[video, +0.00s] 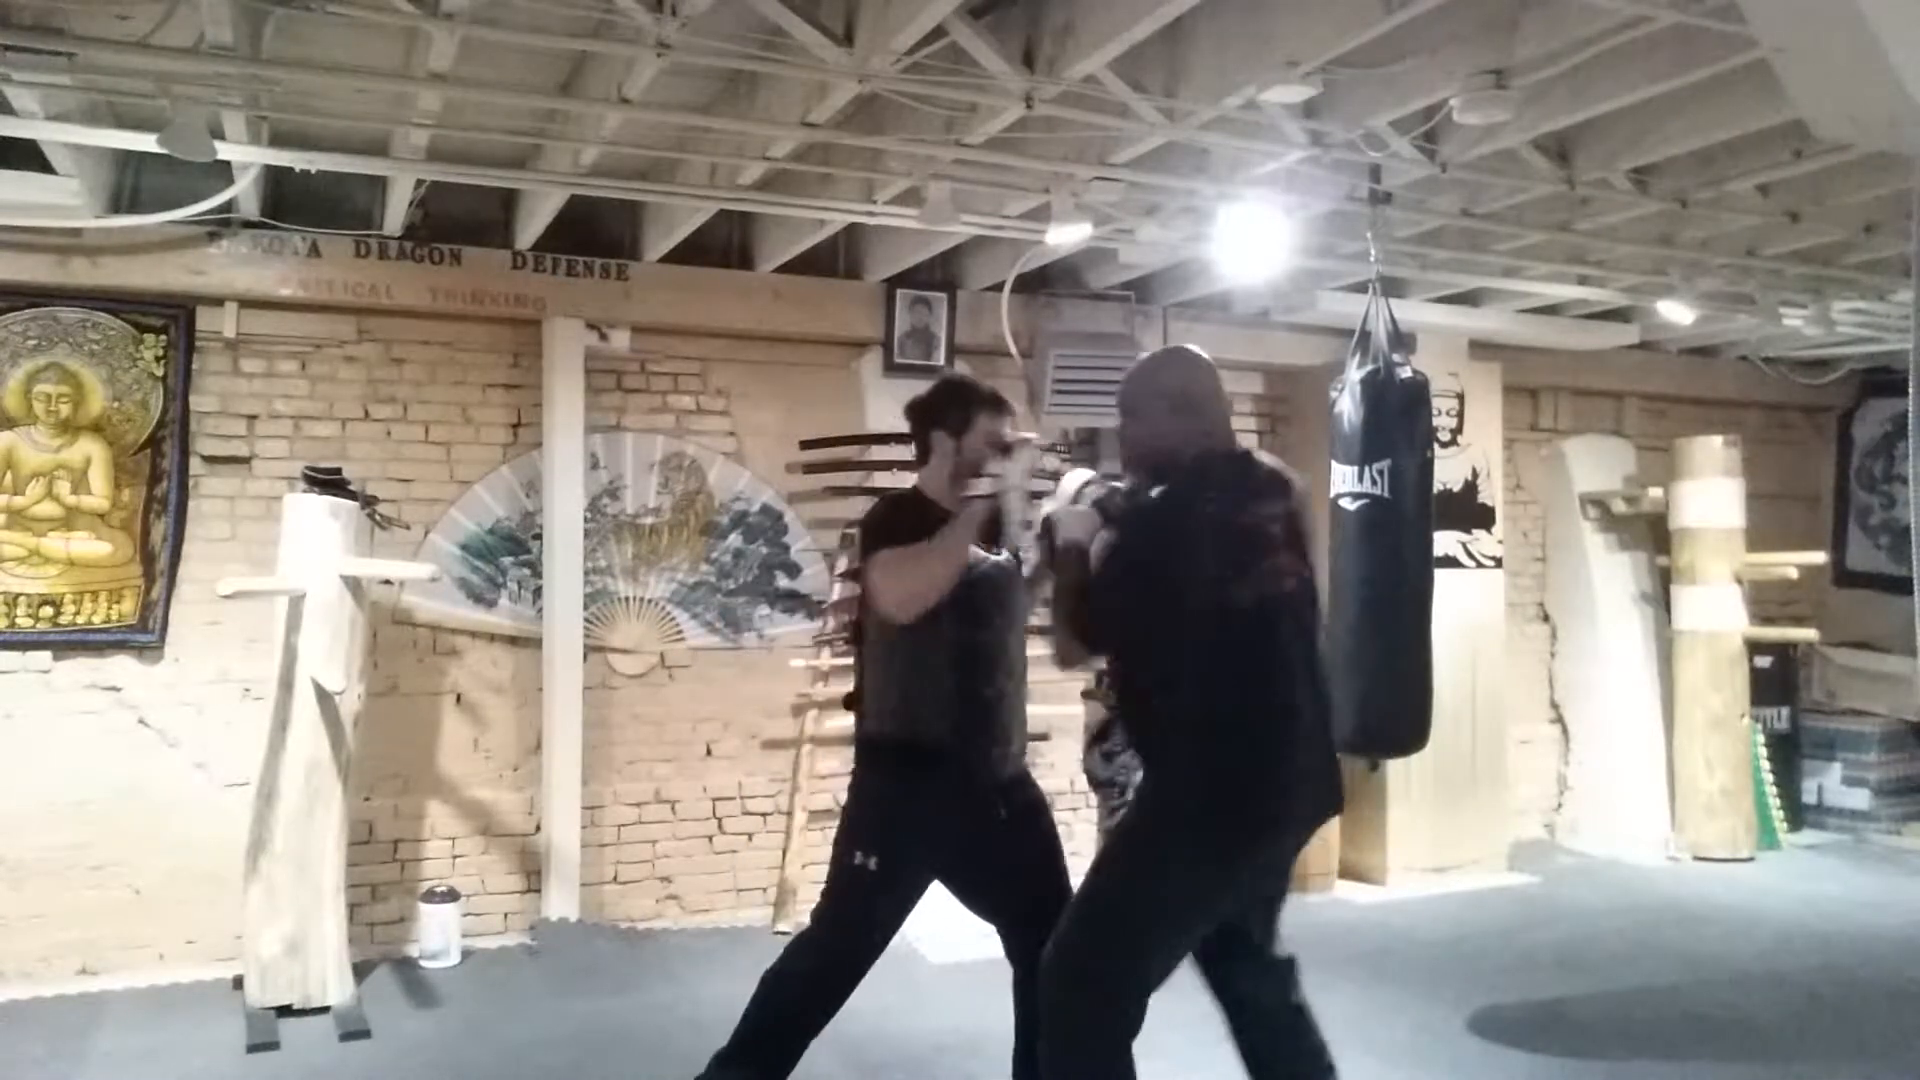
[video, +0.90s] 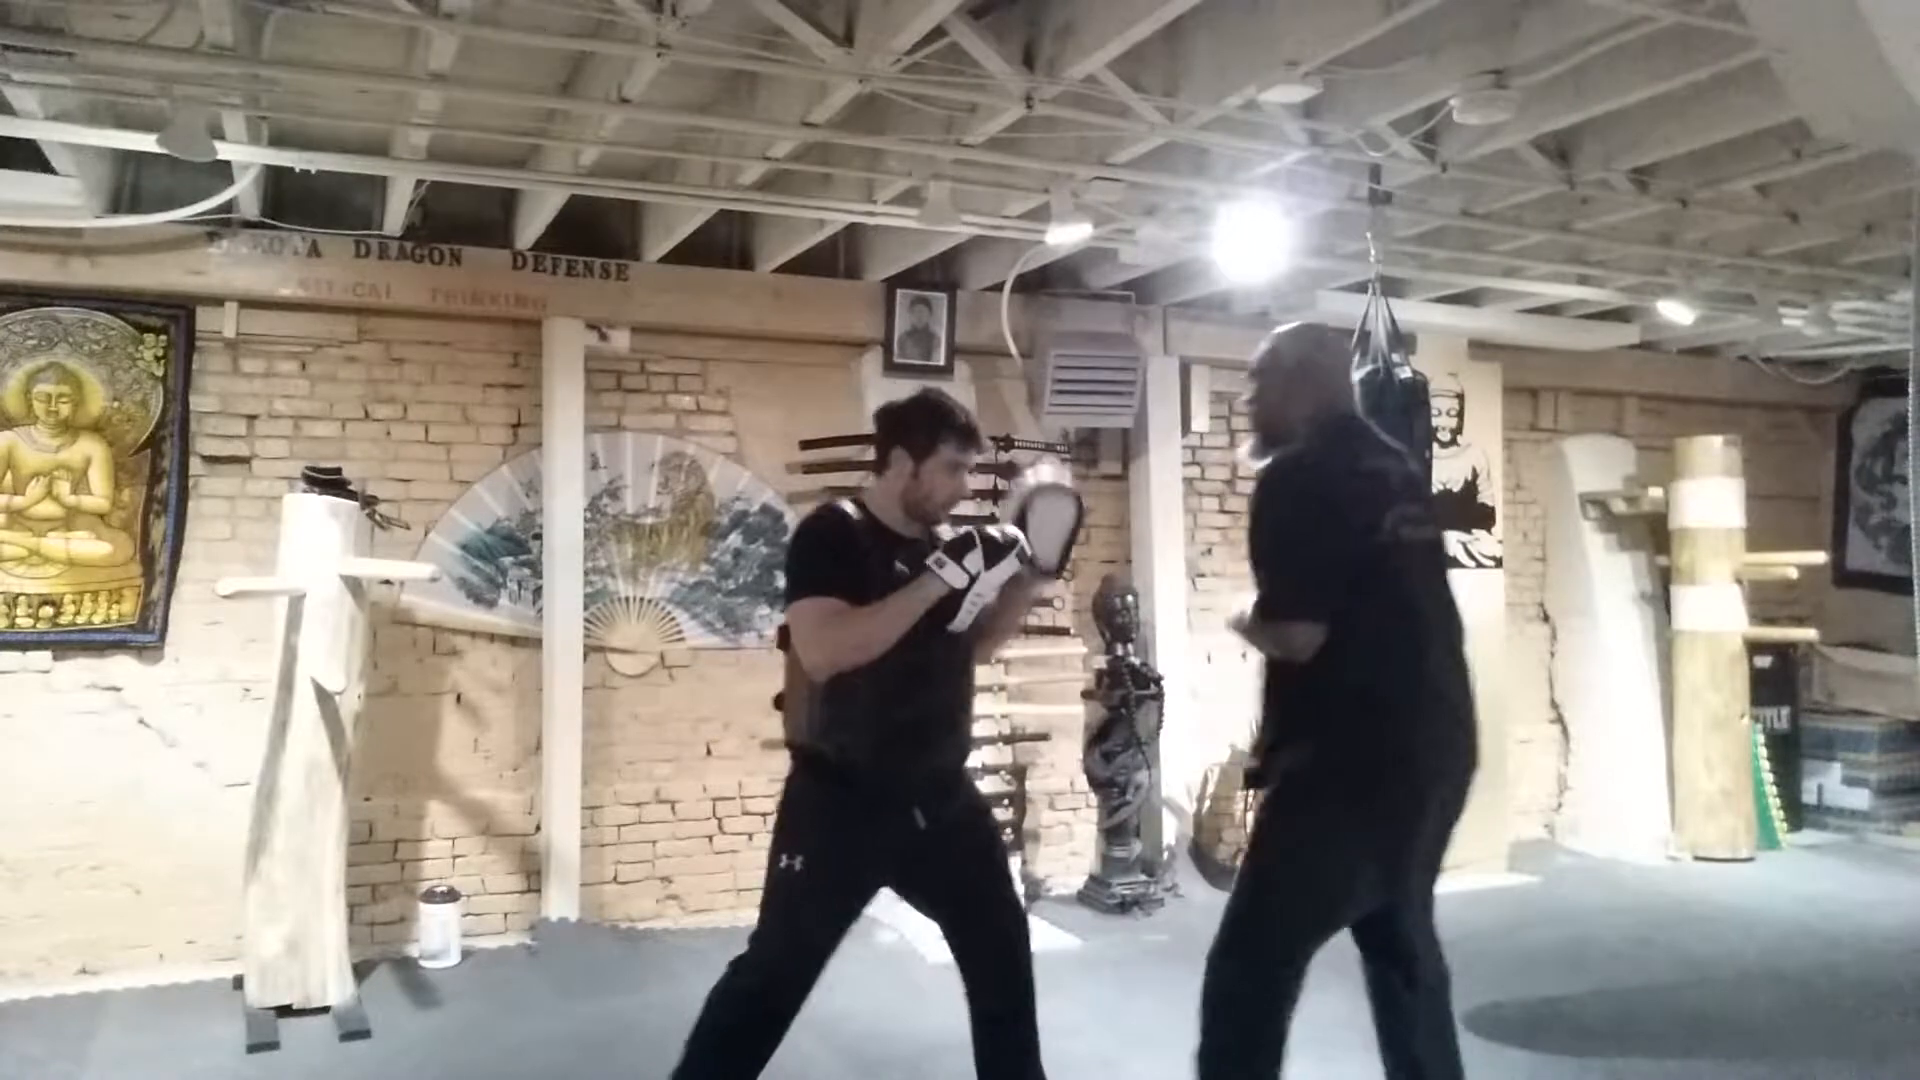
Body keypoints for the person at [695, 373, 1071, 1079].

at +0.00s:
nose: (1002, 459)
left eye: (1006, 446)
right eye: (992, 443)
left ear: (997, 453)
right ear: (943, 441)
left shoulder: (999, 533)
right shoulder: (897, 517)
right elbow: (898, 596)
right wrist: (980, 505)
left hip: (998, 788)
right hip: (904, 789)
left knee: (1054, 957)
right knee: (830, 959)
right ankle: (732, 1076)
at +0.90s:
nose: (967, 487)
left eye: (970, 471)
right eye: (957, 469)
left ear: (914, 466)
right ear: (904, 462)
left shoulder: (944, 550)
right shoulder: (830, 532)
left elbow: (961, 651)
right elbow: (820, 650)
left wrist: (1015, 598)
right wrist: (940, 578)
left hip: (940, 800)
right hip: (839, 802)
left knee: (1002, 963)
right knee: (773, 977)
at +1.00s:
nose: (935, 484)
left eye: (939, 467)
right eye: (926, 465)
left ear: (889, 464)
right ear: (874, 459)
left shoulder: (909, 553)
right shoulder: (800, 535)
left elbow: (930, 632)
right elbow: (802, 648)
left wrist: (997, 598)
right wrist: (915, 586)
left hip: (913, 803)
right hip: (813, 805)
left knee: (978, 966)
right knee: (753, 981)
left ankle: (1007, 1079)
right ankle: (687, 1079)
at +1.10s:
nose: (910, 476)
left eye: (912, 460)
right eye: (901, 458)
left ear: (863, 455)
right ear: (847, 453)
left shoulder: (893, 545)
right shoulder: (774, 532)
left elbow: (951, 620)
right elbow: (774, 650)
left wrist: (987, 594)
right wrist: (893, 592)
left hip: (888, 804)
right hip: (787, 806)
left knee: (951, 976)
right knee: (735, 990)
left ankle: (997, 1079)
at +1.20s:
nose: (898, 455)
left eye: (899, 440)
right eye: (888, 438)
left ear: (849, 440)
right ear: (831, 436)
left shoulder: (877, 529)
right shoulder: (758, 519)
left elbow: (899, 619)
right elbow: (750, 640)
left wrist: (960, 603)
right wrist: (880, 590)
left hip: (879, 790)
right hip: (777, 793)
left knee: (929, 983)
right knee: (726, 981)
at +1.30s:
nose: (894, 444)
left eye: (895, 429)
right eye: (881, 427)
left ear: (848, 432)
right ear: (826, 425)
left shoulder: (876, 519)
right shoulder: (760, 509)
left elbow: (884, 623)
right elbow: (747, 628)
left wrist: (946, 592)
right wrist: (872, 582)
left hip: (879, 778)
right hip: (780, 779)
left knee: (909, 962)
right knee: (728, 969)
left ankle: (908, 1071)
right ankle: (684, 1078)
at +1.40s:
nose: (897, 433)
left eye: (896, 418)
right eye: (881, 418)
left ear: (852, 430)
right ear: (828, 425)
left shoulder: (881, 515)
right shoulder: (768, 510)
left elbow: (897, 623)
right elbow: (751, 630)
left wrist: (952, 576)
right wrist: (875, 580)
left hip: (884, 778)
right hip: (788, 779)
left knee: (905, 965)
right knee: (733, 966)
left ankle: (908, 1075)